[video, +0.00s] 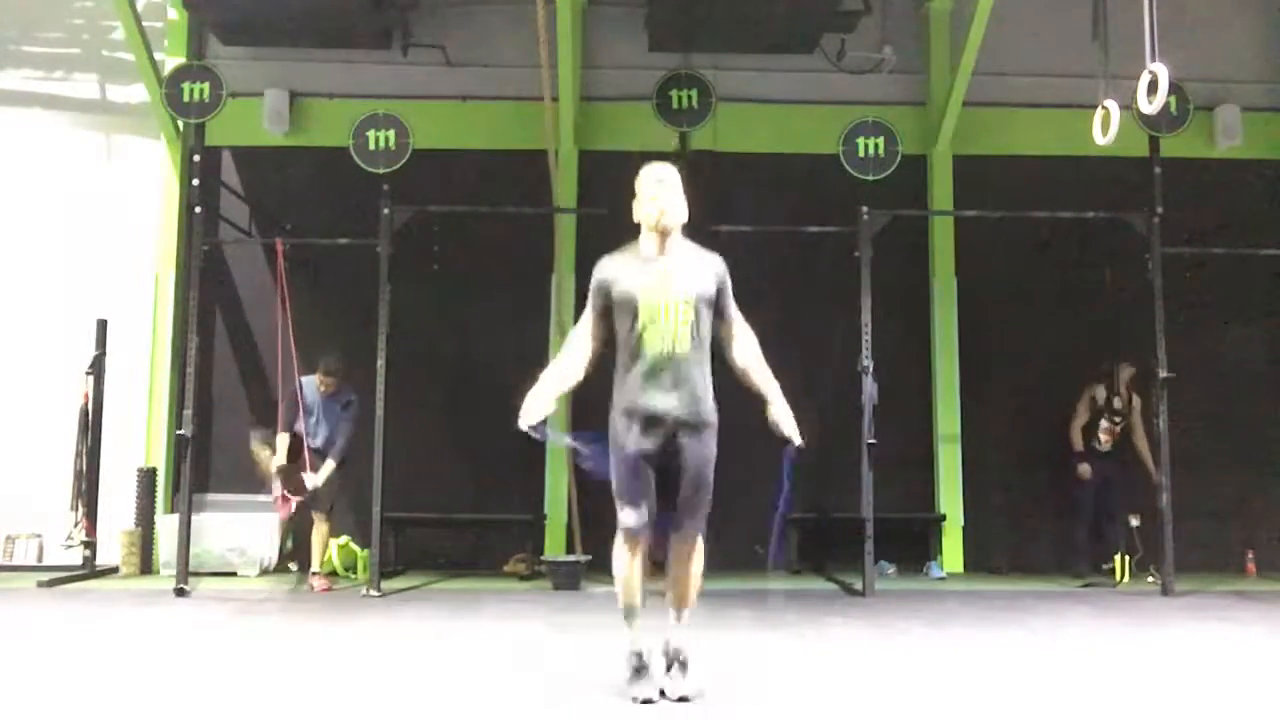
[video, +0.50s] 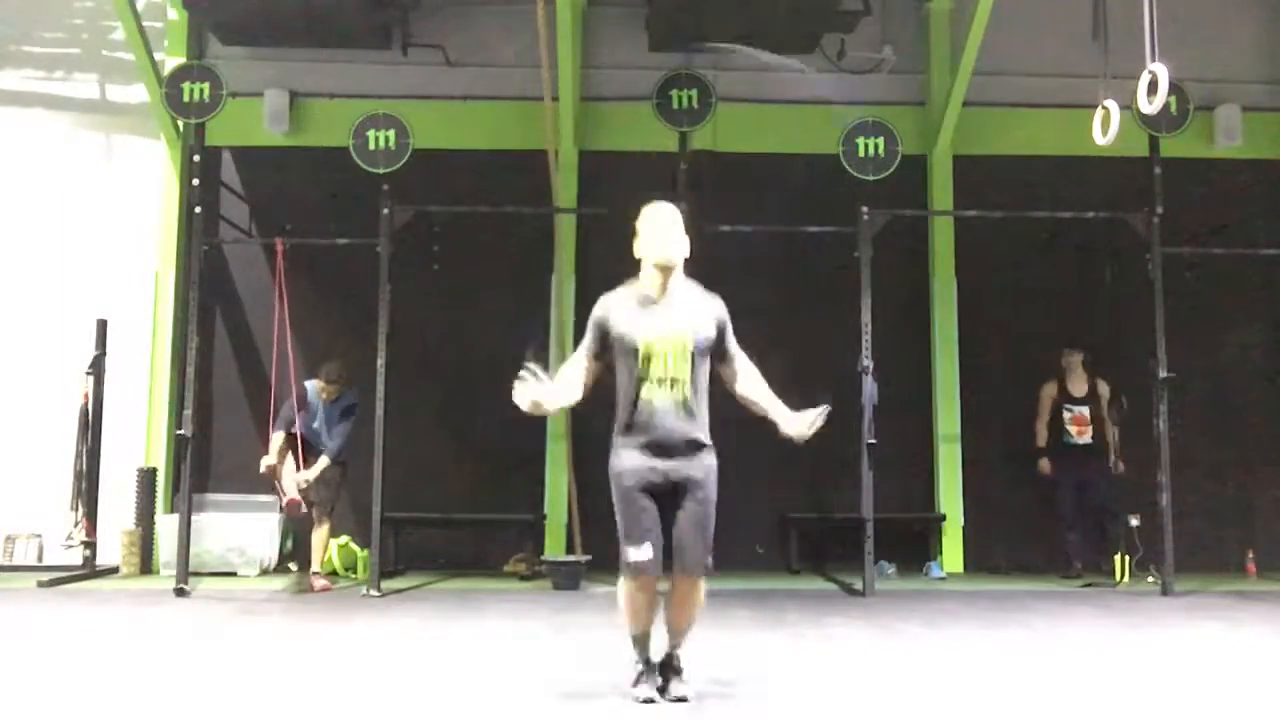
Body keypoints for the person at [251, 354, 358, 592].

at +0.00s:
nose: (322, 388)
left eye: (328, 385)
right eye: (320, 382)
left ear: (340, 381)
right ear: (316, 375)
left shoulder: (349, 401)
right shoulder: (301, 386)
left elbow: (342, 441)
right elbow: (285, 423)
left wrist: (321, 475)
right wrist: (280, 460)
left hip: (328, 457)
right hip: (298, 449)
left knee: (321, 514)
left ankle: (316, 571)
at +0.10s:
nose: (327, 391)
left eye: (333, 388)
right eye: (325, 386)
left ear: (344, 384)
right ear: (320, 377)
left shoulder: (351, 404)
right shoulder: (304, 387)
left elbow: (346, 445)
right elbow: (289, 425)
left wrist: (325, 483)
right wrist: (285, 462)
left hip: (327, 454)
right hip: (300, 445)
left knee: (321, 514)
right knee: (255, 422)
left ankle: (316, 573)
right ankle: (291, 470)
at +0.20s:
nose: (328, 390)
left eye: (334, 387)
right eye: (325, 384)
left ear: (345, 383)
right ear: (321, 377)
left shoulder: (353, 403)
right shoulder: (307, 387)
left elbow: (347, 445)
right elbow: (289, 425)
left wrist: (324, 481)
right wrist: (284, 463)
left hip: (327, 455)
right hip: (300, 446)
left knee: (321, 513)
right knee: (256, 423)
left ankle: (316, 572)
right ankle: (291, 472)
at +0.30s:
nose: (330, 389)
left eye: (335, 385)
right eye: (327, 383)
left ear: (345, 382)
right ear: (322, 376)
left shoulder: (353, 398)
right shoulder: (307, 386)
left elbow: (345, 438)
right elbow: (289, 417)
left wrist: (317, 471)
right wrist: (278, 448)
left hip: (329, 454)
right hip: (300, 448)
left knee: (324, 515)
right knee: (263, 434)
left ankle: (316, 574)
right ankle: (292, 490)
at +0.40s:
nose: (329, 389)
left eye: (335, 385)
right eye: (326, 383)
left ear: (345, 382)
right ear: (322, 376)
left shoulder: (353, 400)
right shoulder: (308, 387)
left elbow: (339, 440)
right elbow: (285, 418)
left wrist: (312, 471)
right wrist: (271, 454)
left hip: (329, 454)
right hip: (301, 446)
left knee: (323, 514)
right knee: (270, 444)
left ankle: (316, 573)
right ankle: (292, 497)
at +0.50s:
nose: (325, 394)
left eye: (331, 391)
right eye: (323, 388)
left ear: (342, 387)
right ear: (319, 382)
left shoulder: (350, 400)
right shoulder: (305, 390)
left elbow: (339, 440)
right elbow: (283, 420)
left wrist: (314, 471)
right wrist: (271, 454)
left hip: (328, 455)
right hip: (299, 445)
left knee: (322, 514)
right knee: (281, 446)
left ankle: (316, 572)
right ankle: (293, 496)